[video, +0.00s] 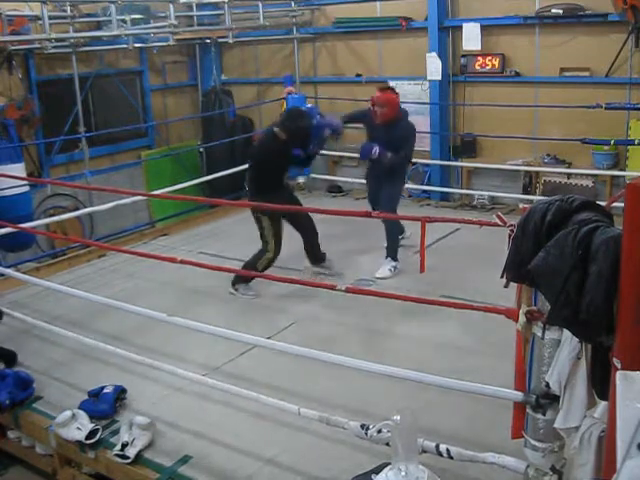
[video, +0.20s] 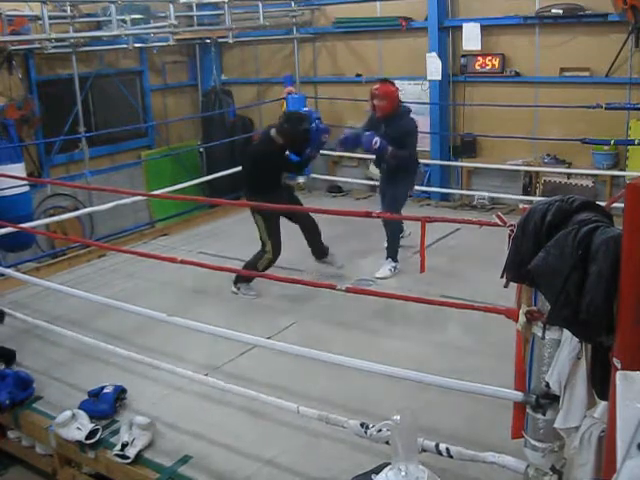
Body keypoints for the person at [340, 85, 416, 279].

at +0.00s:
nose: (376, 111)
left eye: (381, 108)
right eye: (375, 107)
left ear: (392, 109)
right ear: (373, 106)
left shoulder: (406, 128)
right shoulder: (371, 116)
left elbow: (403, 160)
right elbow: (349, 117)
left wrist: (380, 154)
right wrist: (337, 124)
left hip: (395, 173)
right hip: (375, 169)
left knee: (387, 211)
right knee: (376, 205)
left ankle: (392, 260)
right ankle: (399, 229)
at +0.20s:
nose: (377, 104)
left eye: (381, 100)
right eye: (375, 100)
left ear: (393, 101)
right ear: (373, 101)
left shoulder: (406, 124)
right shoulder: (376, 119)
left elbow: (407, 155)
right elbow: (364, 135)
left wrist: (382, 148)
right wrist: (351, 140)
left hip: (405, 172)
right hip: (387, 171)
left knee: (390, 213)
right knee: (387, 209)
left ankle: (392, 260)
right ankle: (398, 231)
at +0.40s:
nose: (381, 105)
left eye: (384, 100)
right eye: (380, 100)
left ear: (395, 99)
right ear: (383, 99)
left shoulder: (408, 119)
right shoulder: (394, 115)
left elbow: (396, 148)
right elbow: (377, 138)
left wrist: (383, 133)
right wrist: (364, 121)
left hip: (418, 170)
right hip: (408, 168)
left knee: (394, 214)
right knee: (408, 205)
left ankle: (395, 262)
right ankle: (432, 236)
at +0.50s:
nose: (394, 104)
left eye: (397, 100)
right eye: (392, 100)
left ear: (407, 99)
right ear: (393, 100)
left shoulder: (417, 118)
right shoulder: (398, 115)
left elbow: (403, 143)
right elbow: (382, 138)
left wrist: (390, 124)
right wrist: (374, 118)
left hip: (425, 173)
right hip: (417, 172)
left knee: (396, 216)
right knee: (421, 211)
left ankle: (398, 266)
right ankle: (458, 236)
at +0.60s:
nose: (408, 111)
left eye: (410, 107)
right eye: (407, 107)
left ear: (417, 107)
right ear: (419, 107)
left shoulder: (432, 129)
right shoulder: (420, 127)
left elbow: (418, 152)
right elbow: (397, 143)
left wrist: (406, 134)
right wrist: (386, 121)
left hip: (432, 186)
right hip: (432, 185)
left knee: (400, 217)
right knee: (438, 220)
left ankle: (399, 267)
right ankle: (482, 238)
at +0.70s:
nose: (418, 112)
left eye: (422, 107)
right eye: (418, 107)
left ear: (434, 109)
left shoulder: (446, 131)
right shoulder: (435, 128)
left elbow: (446, 162)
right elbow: (418, 146)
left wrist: (425, 141)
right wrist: (406, 129)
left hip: (449, 187)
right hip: (448, 185)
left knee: (415, 218)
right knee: (460, 224)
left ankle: (400, 267)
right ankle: (500, 246)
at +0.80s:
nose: (434, 111)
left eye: (438, 107)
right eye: (433, 107)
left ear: (449, 107)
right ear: (435, 108)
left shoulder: (464, 129)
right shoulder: (448, 125)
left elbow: (471, 161)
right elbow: (435, 144)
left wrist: (445, 157)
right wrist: (420, 129)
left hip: (468, 184)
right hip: (464, 183)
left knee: (438, 221)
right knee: (478, 222)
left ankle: (411, 263)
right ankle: (510, 251)